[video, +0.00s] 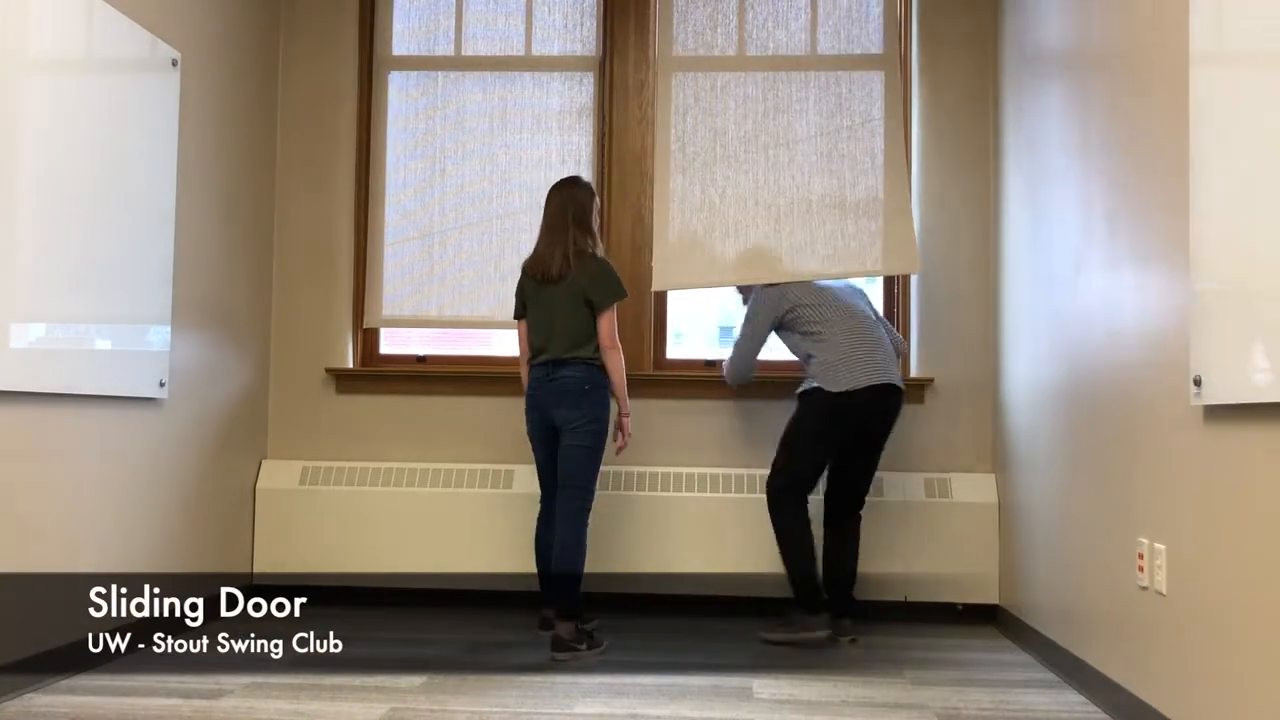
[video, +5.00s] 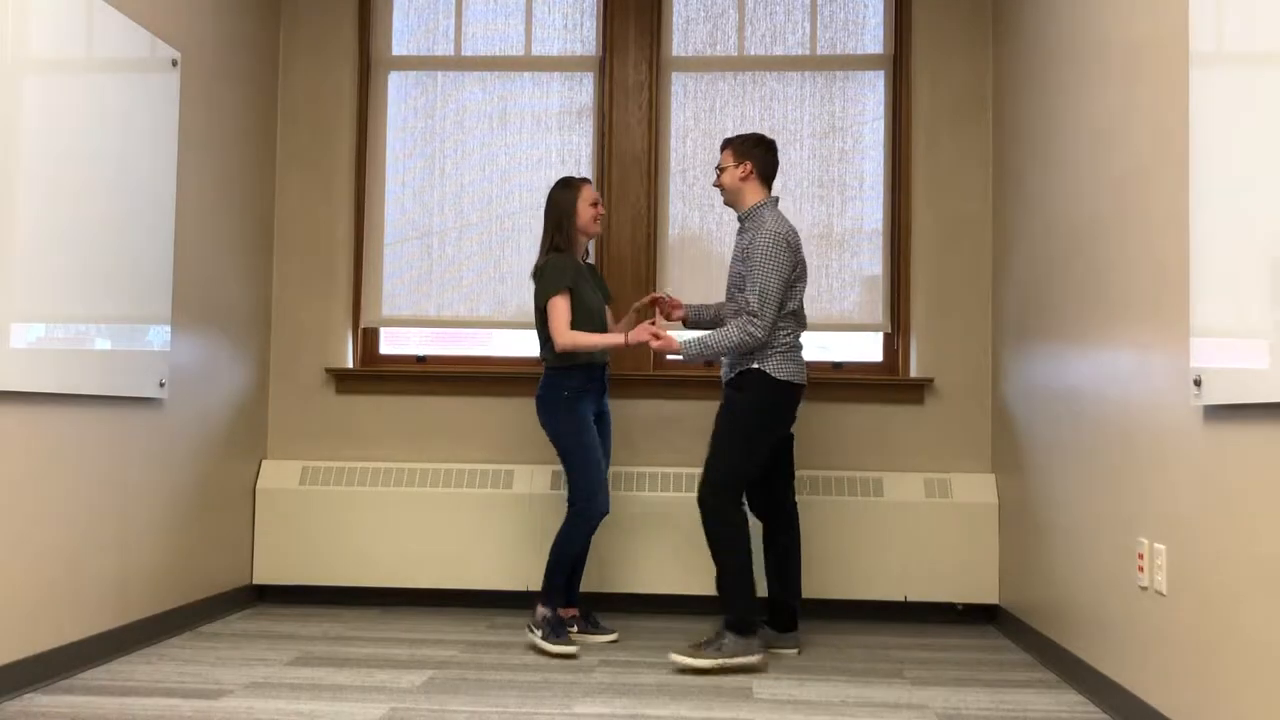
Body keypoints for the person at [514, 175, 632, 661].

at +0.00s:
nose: (600, 217)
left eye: (597, 208)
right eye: (597, 211)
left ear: (551, 214)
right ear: (589, 215)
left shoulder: (531, 270)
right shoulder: (597, 270)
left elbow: (526, 350)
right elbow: (609, 344)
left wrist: (534, 400)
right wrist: (624, 407)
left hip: (540, 391)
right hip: (584, 390)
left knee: (551, 502)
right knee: (574, 507)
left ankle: (554, 615)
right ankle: (567, 628)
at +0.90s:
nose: (580, 219)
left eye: (582, 212)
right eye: (571, 212)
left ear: (580, 219)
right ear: (548, 217)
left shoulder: (566, 272)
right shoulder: (539, 267)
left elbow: (575, 348)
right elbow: (543, 342)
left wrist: (589, 408)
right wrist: (571, 404)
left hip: (572, 391)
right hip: (549, 391)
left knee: (568, 497)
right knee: (562, 498)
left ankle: (553, 604)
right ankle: (538, 610)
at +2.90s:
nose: (571, 217)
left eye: (576, 210)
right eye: (561, 211)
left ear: (583, 216)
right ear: (543, 218)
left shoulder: (592, 276)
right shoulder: (528, 266)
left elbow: (603, 347)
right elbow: (521, 337)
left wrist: (591, 397)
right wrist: (552, 395)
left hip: (579, 394)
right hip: (536, 391)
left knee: (564, 504)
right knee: (535, 501)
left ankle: (558, 607)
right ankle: (530, 610)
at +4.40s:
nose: (577, 216)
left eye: (579, 209)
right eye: (569, 209)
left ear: (576, 217)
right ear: (542, 213)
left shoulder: (581, 276)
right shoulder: (527, 268)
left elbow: (588, 345)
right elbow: (532, 334)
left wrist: (608, 337)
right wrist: (596, 334)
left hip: (578, 396)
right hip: (541, 395)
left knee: (578, 504)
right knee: (543, 502)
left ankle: (559, 608)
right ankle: (532, 612)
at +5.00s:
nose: (601, 210)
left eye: (600, 204)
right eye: (592, 204)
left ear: (586, 214)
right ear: (566, 211)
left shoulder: (588, 269)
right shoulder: (557, 266)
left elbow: (607, 333)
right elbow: (561, 338)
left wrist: (639, 307)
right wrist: (624, 338)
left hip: (592, 395)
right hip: (564, 396)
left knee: (590, 504)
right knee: (590, 503)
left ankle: (569, 609)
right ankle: (548, 610)